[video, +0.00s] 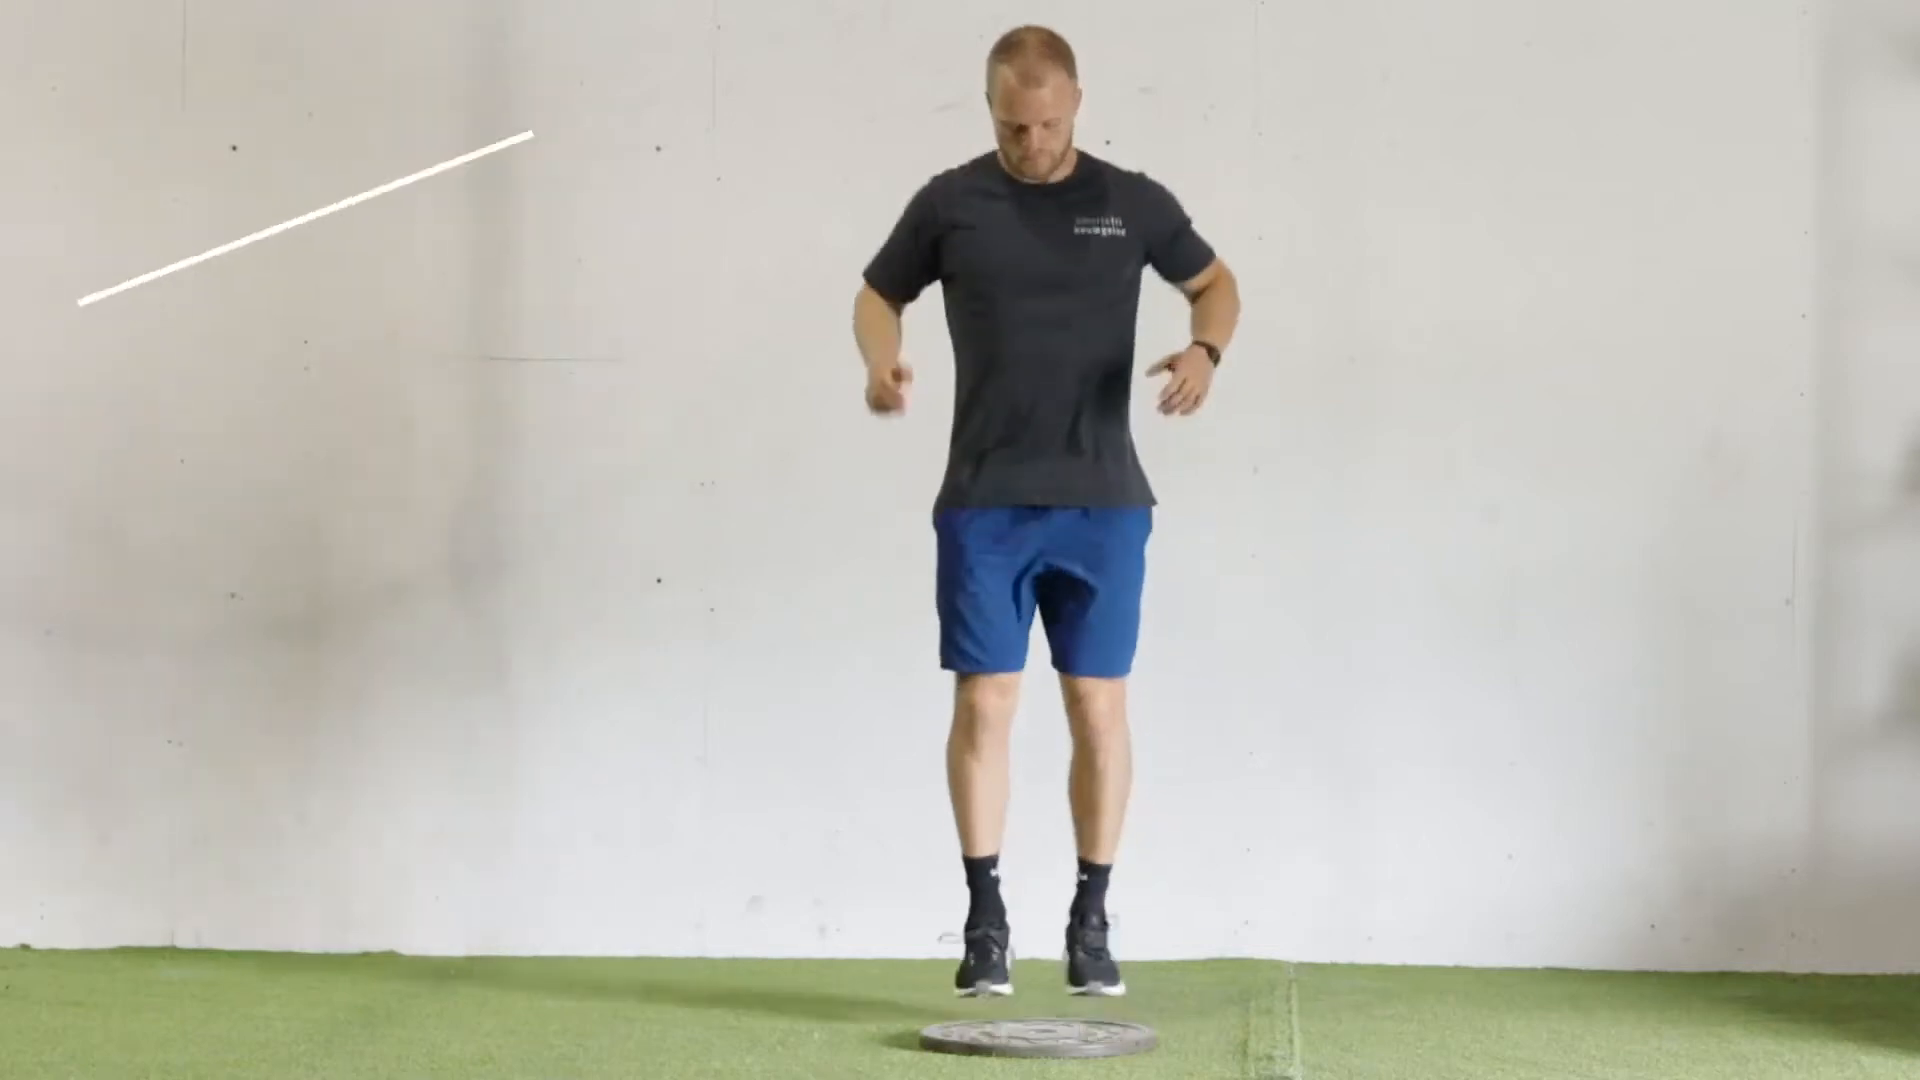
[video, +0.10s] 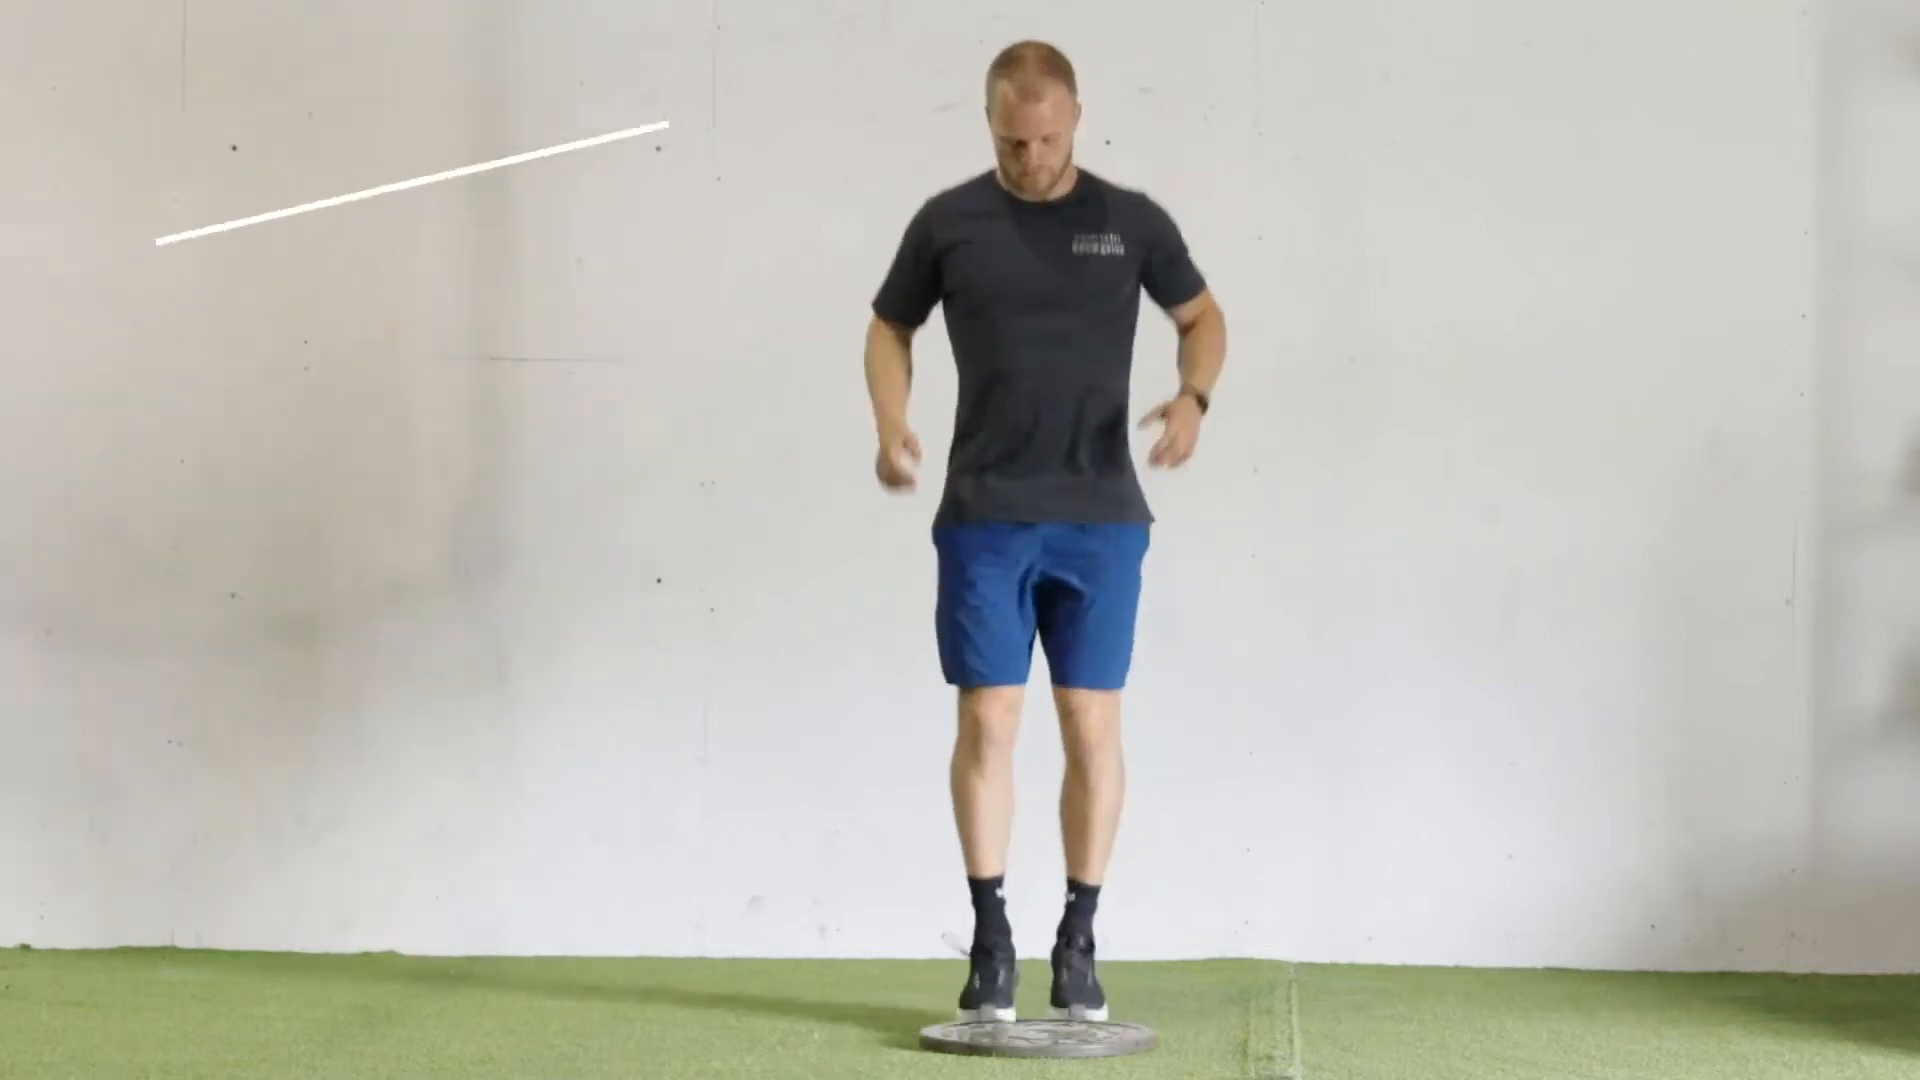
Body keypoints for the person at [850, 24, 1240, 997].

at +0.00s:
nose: (1035, 143)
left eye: (1050, 125)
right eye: (1017, 127)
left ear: (1077, 105)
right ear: (991, 112)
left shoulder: (1131, 201)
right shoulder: (950, 201)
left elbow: (1214, 283)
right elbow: (879, 294)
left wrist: (1204, 350)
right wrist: (882, 359)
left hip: (1101, 496)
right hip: (984, 497)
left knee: (1098, 710)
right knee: (984, 706)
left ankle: (1091, 919)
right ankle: (985, 920)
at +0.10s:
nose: (1034, 157)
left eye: (1048, 139)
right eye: (1017, 141)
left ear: (1077, 120)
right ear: (991, 128)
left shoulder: (1130, 220)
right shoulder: (948, 222)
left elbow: (1202, 317)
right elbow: (891, 325)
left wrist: (1191, 397)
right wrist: (893, 424)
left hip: (1099, 511)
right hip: (984, 511)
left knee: (1091, 726)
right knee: (988, 723)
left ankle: (1078, 947)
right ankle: (991, 947)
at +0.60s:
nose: (1026, 206)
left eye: (1042, 187)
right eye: (1008, 189)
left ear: (1070, 176)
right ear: (984, 183)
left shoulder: (1120, 288)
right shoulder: (941, 295)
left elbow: (1186, 386)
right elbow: (889, 408)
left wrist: (1187, 474)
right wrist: (898, 510)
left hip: (1095, 579)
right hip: (981, 579)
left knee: (1087, 784)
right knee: (985, 782)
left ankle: (1073, 966)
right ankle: (990, 967)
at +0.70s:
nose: (1026, 203)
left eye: (1040, 184)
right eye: (1008, 187)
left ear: (1068, 171)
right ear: (984, 180)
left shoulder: (1121, 280)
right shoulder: (944, 286)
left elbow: (1188, 378)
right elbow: (886, 397)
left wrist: (1188, 443)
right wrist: (907, 463)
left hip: (1091, 573)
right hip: (981, 573)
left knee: (1086, 779)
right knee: (979, 775)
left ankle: (1072, 961)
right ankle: (987, 960)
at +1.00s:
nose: (1041, 155)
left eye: (1057, 138)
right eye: (1024, 139)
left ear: (1082, 131)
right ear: (999, 132)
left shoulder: (1132, 237)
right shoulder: (951, 235)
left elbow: (1195, 330)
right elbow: (885, 334)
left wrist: (1198, 399)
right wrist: (905, 418)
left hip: (1099, 521)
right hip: (986, 519)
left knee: (1091, 736)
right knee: (995, 736)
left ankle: (1077, 955)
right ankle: (999, 956)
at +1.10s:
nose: (1041, 201)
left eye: (1057, 183)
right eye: (1024, 184)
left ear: (1084, 173)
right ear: (999, 174)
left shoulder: (1132, 287)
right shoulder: (953, 286)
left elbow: (1193, 393)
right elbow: (891, 398)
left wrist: (1185, 466)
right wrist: (907, 493)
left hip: (1100, 571)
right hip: (988, 569)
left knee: (1091, 773)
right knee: (1001, 775)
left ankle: (1070, 970)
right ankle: (1007, 966)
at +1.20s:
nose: (1040, 148)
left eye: (1056, 131)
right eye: (1024, 132)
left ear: (1086, 123)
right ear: (1000, 125)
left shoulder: (1135, 233)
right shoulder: (955, 229)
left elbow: (1181, 340)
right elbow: (894, 329)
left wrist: (1165, 428)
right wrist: (914, 440)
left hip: (1107, 527)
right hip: (989, 525)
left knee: (1102, 731)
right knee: (991, 727)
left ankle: (1082, 949)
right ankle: (993, 947)